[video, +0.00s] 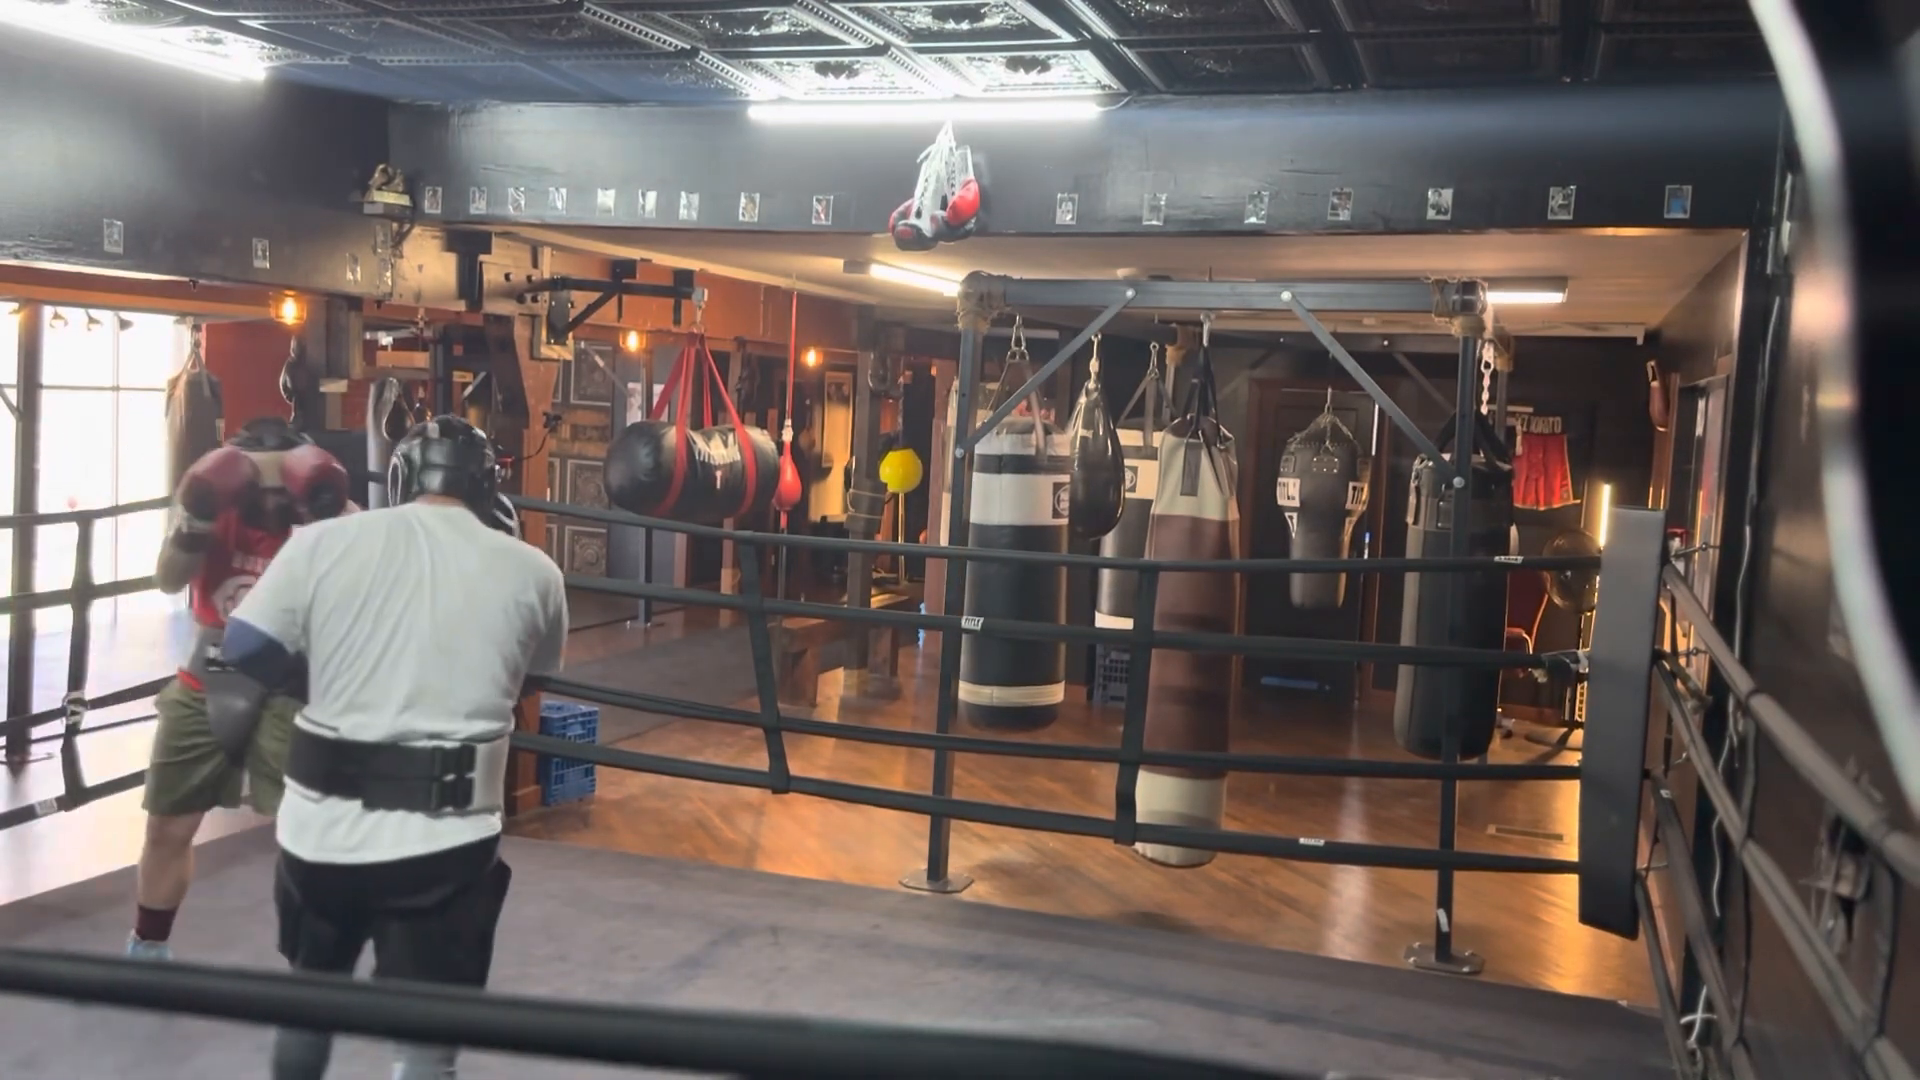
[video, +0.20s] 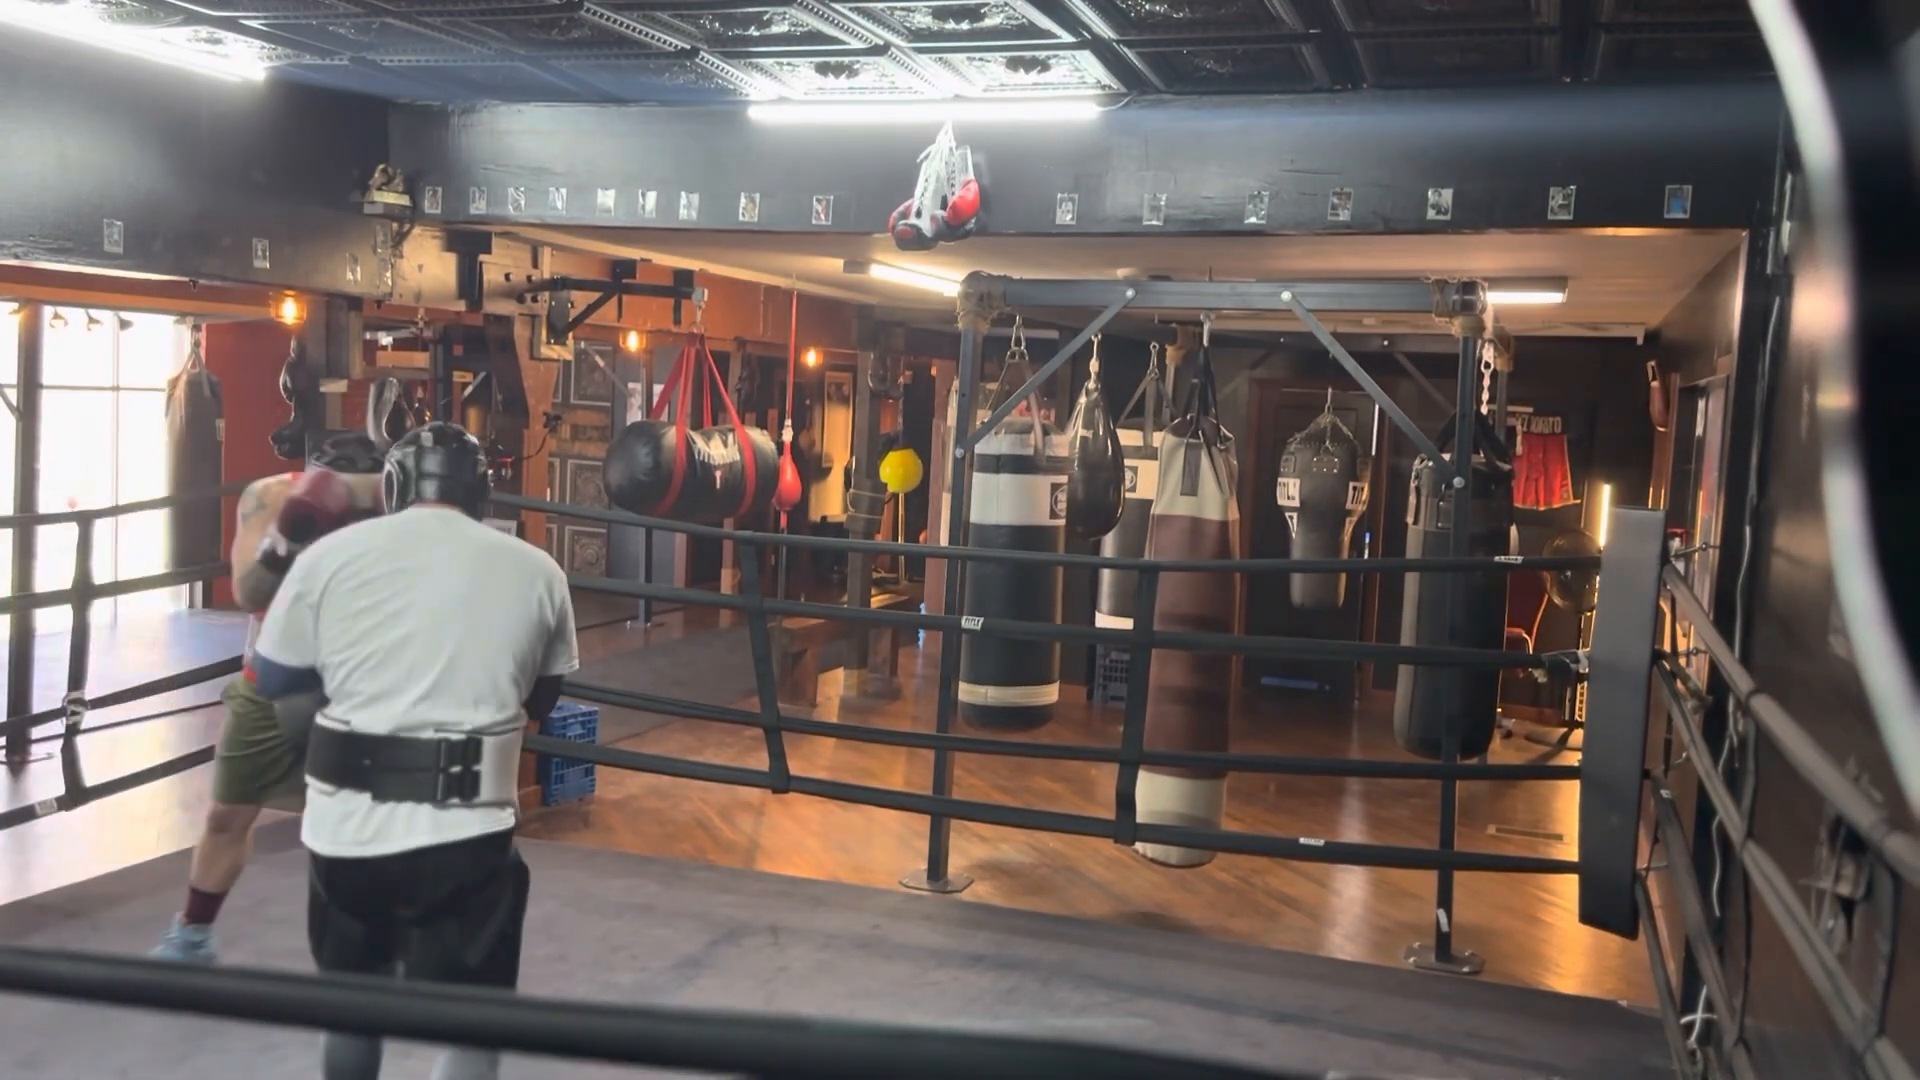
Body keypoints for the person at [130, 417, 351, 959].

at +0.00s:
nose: (266, 486)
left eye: (277, 473)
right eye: (252, 475)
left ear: (298, 467)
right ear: (232, 473)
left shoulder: (322, 519)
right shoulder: (218, 511)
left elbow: (361, 571)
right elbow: (169, 578)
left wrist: (332, 514)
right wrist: (194, 516)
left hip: (290, 689)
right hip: (203, 681)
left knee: (309, 827)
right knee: (167, 827)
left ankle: (322, 959)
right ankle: (146, 956)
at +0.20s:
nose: (325, 479)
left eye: (340, 472)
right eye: (317, 469)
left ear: (356, 473)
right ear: (303, 462)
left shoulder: (381, 501)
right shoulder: (262, 497)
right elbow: (249, 594)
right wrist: (284, 540)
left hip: (354, 689)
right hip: (266, 684)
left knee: (365, 817)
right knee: (226, 817)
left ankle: (380, 945)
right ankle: (192, 931)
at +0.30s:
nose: (361, 491)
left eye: (375, 484)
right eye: (355, 478)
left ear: (394, 486)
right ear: (337, 473)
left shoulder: (402, 523)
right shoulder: (284, 497)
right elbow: (275, 595)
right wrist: (311, 542)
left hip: (363, 689)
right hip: (280, 684)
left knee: (379, 818)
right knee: (252, 809)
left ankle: (409, 951)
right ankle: (243, 916)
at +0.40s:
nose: (370, 484)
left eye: (385, 478)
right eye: (364, 472)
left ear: (405, 477)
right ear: (345, 466)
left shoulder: (415, 512)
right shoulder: (291, 494)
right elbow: (282, 595)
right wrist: (318, 537)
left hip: (376, 684)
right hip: (286, 681)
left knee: (387, 815)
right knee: (268, 804)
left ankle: (410, 948)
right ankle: (278, 910)